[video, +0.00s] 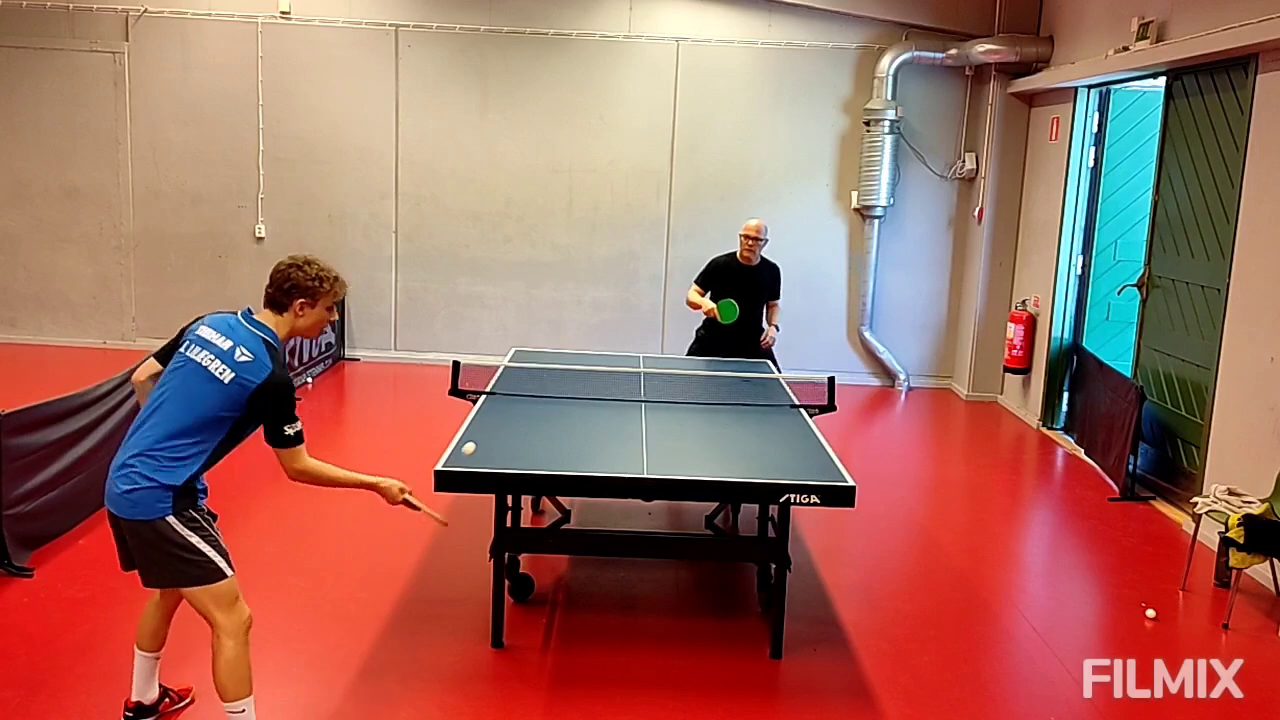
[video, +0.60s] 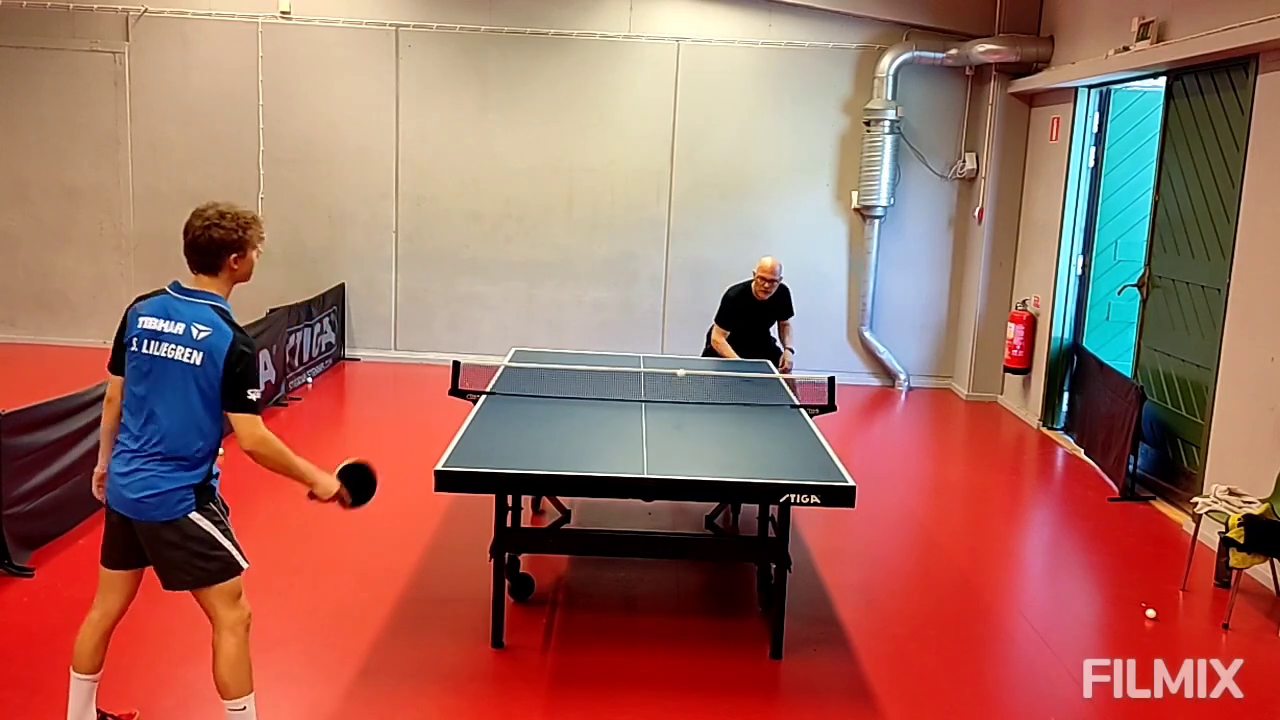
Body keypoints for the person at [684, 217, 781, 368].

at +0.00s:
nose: (750, 243)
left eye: (756, 240)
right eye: (746, 238)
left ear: (765, 243)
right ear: (740, 237)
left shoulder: (771, 271)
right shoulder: (719, 264)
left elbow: (772, 305)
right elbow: (692, 296)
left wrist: (773, 327)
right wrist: (704, 303)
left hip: (750, 342)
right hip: (714, 340)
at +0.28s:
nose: (742, 249)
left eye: (748, 246)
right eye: (738, 244)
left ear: (757, 248)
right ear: (732, 243)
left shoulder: (765, 272)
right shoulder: (714, 268)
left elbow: (772, 308)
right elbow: (687, 300)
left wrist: (765, 328)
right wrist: (693, 308)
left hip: (748, 344)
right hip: (711, 343)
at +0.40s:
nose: (747, 266)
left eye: (753, 263)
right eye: (742, 260)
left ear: (761, 263)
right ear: (736, 259)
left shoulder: (769, 283)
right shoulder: (718, 281)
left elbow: (775, 318)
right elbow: (694, 317)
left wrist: (771, 339)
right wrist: (707, 339)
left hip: (752, 350)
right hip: (715, 349)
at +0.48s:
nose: (752, 275)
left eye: (758, 271)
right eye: (748, 269)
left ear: (767, 271)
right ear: (740, 266)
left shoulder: (772, 288)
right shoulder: (722, 288)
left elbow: (777, 321)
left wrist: (776, 344)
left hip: (754, 347)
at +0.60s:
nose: (766, 286)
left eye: (772, 282)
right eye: (762, 279)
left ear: (780, 281)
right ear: (754, 275)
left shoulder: (782, 293)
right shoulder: (734, 295)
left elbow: (784, 324)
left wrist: (788, 350)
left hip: (760, 345)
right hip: (728, 345)